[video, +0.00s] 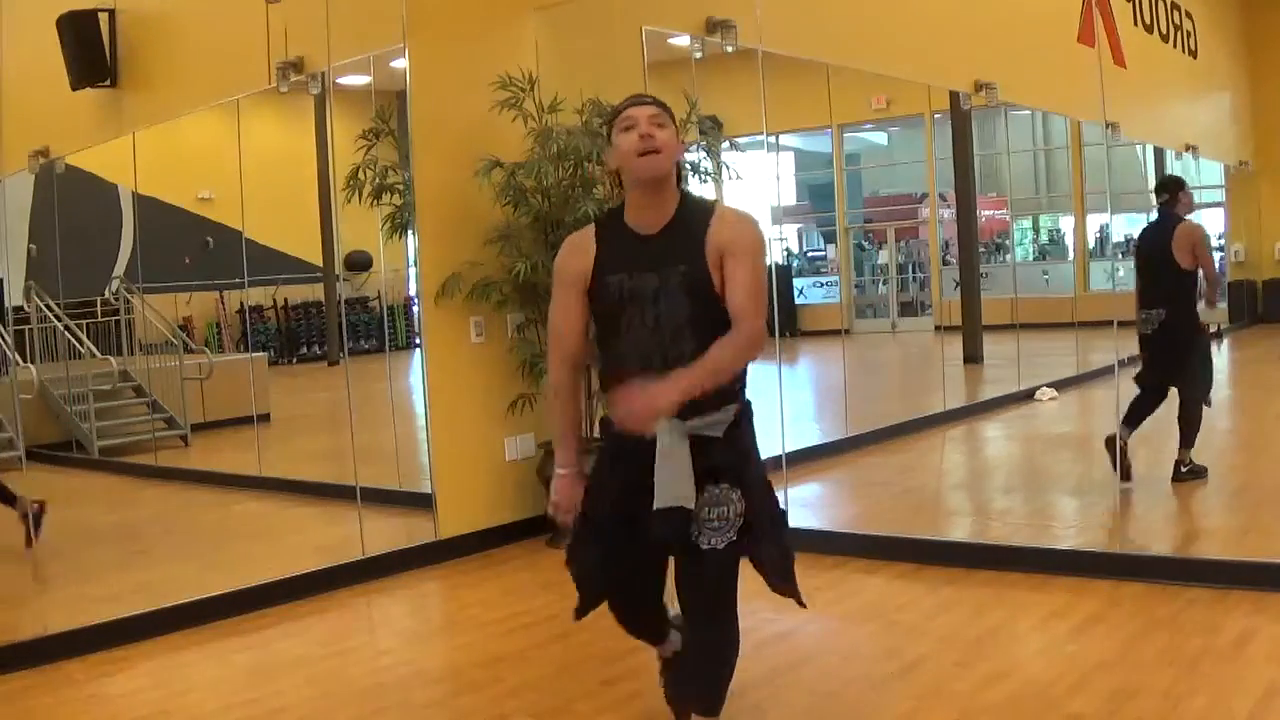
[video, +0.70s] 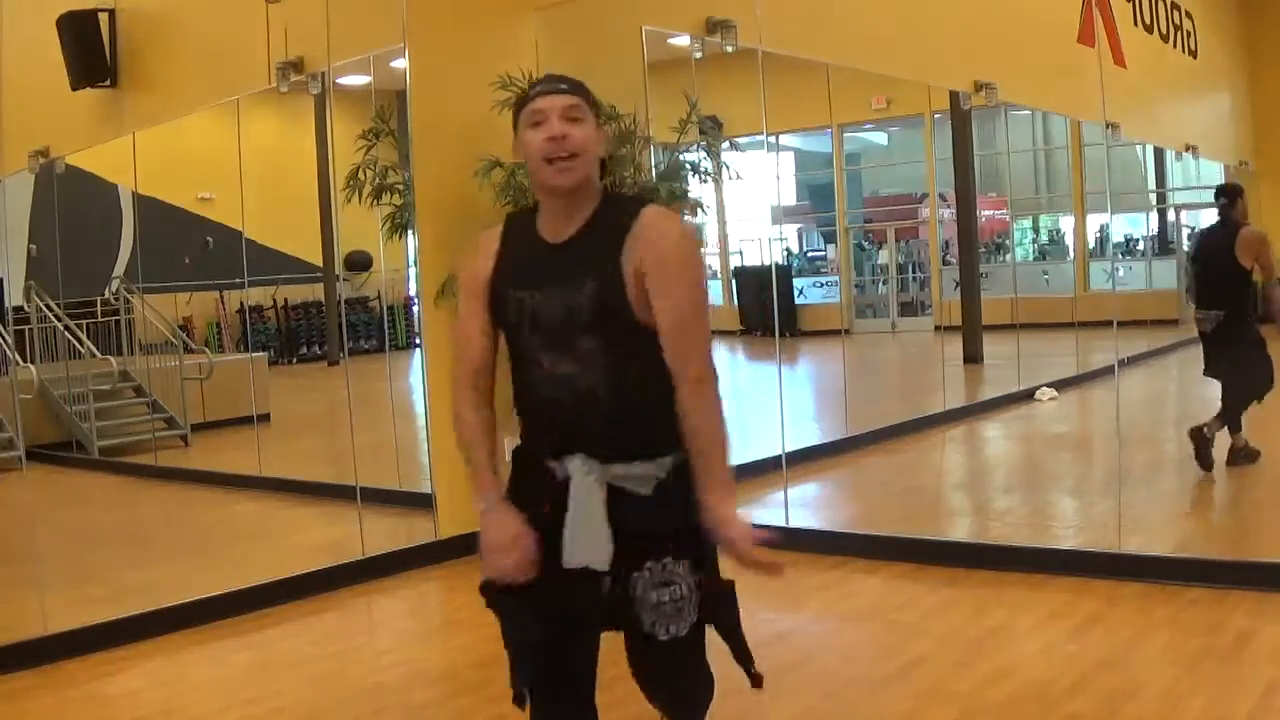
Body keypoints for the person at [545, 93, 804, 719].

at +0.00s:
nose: (646, 133)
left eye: (658, 124)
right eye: (629, 129)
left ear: (681, 147)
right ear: (611, 159)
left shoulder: (731, 232)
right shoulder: (581, 250)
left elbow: (750, 334)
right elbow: (565, 362)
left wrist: (670, 390)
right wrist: (566, 465)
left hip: (714, 439)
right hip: (628, 442)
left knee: (707, 599)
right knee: (625, 589)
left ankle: (698, 707)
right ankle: (670, 641)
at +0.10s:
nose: (654, 128)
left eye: (666, 119)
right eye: (637, 123)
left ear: (687, 140)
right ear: (615, 149)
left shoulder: (732, 220)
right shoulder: (579, 240)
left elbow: (735, 307)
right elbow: (559, 353)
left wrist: (666, 284)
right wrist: (562, 461)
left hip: (710, 434)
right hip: (620, 439)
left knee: (707, 601)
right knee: (610, 609)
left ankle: (707, 712)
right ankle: (640, 683)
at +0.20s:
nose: (670, 123)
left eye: (679, 114)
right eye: (651, 112)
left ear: (692, 134)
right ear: (617, 137)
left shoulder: (730, 204)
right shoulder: (576, 230)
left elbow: (712, 231)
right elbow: (558, 346)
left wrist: (666, 179)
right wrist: (572, 456)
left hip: (706, 435)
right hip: (613, 443)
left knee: (706, 603)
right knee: (604, 612)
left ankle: (705, 714)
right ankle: (606, 717)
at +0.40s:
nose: (656, 125)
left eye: (668, 115)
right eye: (636, 116)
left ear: (685, 134)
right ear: (607, 138)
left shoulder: (712, 195)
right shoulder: (557, 217)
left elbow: (651, 209)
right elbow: (552, 346)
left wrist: (558, 200)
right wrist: (610, 452)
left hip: (690, 453)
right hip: (590, 459)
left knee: (703, 629)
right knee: (591, 647)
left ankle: (705, 712)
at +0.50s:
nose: (623, 131)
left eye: (638, 118)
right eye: (604, 120)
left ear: (657, 138)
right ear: (580, 142)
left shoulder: (697, 203)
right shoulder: (533, 234)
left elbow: (666, 273)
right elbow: (528, 357)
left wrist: (535, 270)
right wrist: (599, 457)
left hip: (682, 466)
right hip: (576, 472)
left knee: (697, 639)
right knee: (585, 677)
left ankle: (701, 712)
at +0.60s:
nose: (587, 126)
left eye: (601, 113)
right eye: (568, 116)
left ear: (626, 132)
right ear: (547, 140)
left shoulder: (679, 220)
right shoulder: (508, 240)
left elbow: (665, 354)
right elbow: (498, 369)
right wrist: (550, 467)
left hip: (660, 473)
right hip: (554, 477)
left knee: (683, 646)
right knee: (565, 680)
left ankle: (696, 711)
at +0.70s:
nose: (557, 133)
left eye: (574, 118)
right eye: (538, 122)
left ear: (602, 139)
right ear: (519, 149)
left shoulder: (656, 235)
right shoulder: (490, 255)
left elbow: (695, 380)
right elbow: (473, 392)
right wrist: (490, 504)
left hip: (653, 484)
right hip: (545, 487)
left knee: (672, 680)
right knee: (554, 693)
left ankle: (690, 710)